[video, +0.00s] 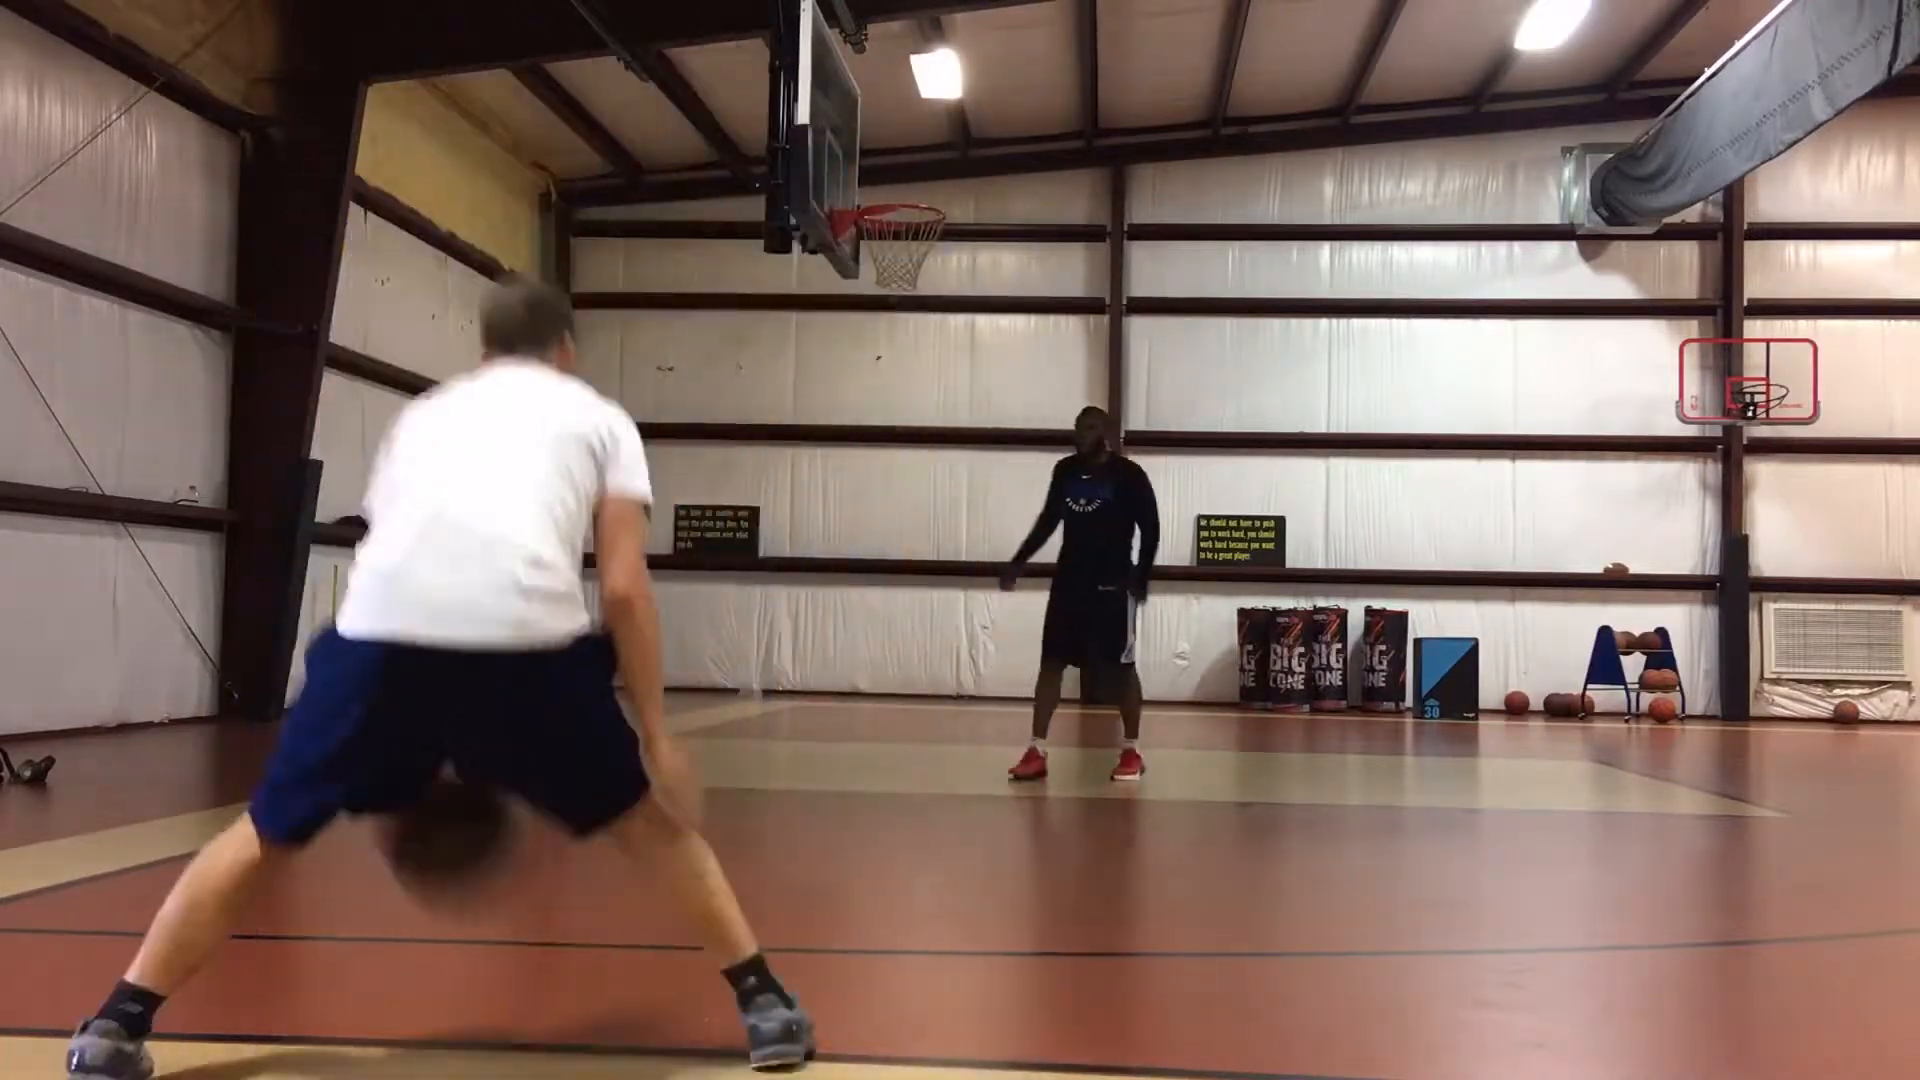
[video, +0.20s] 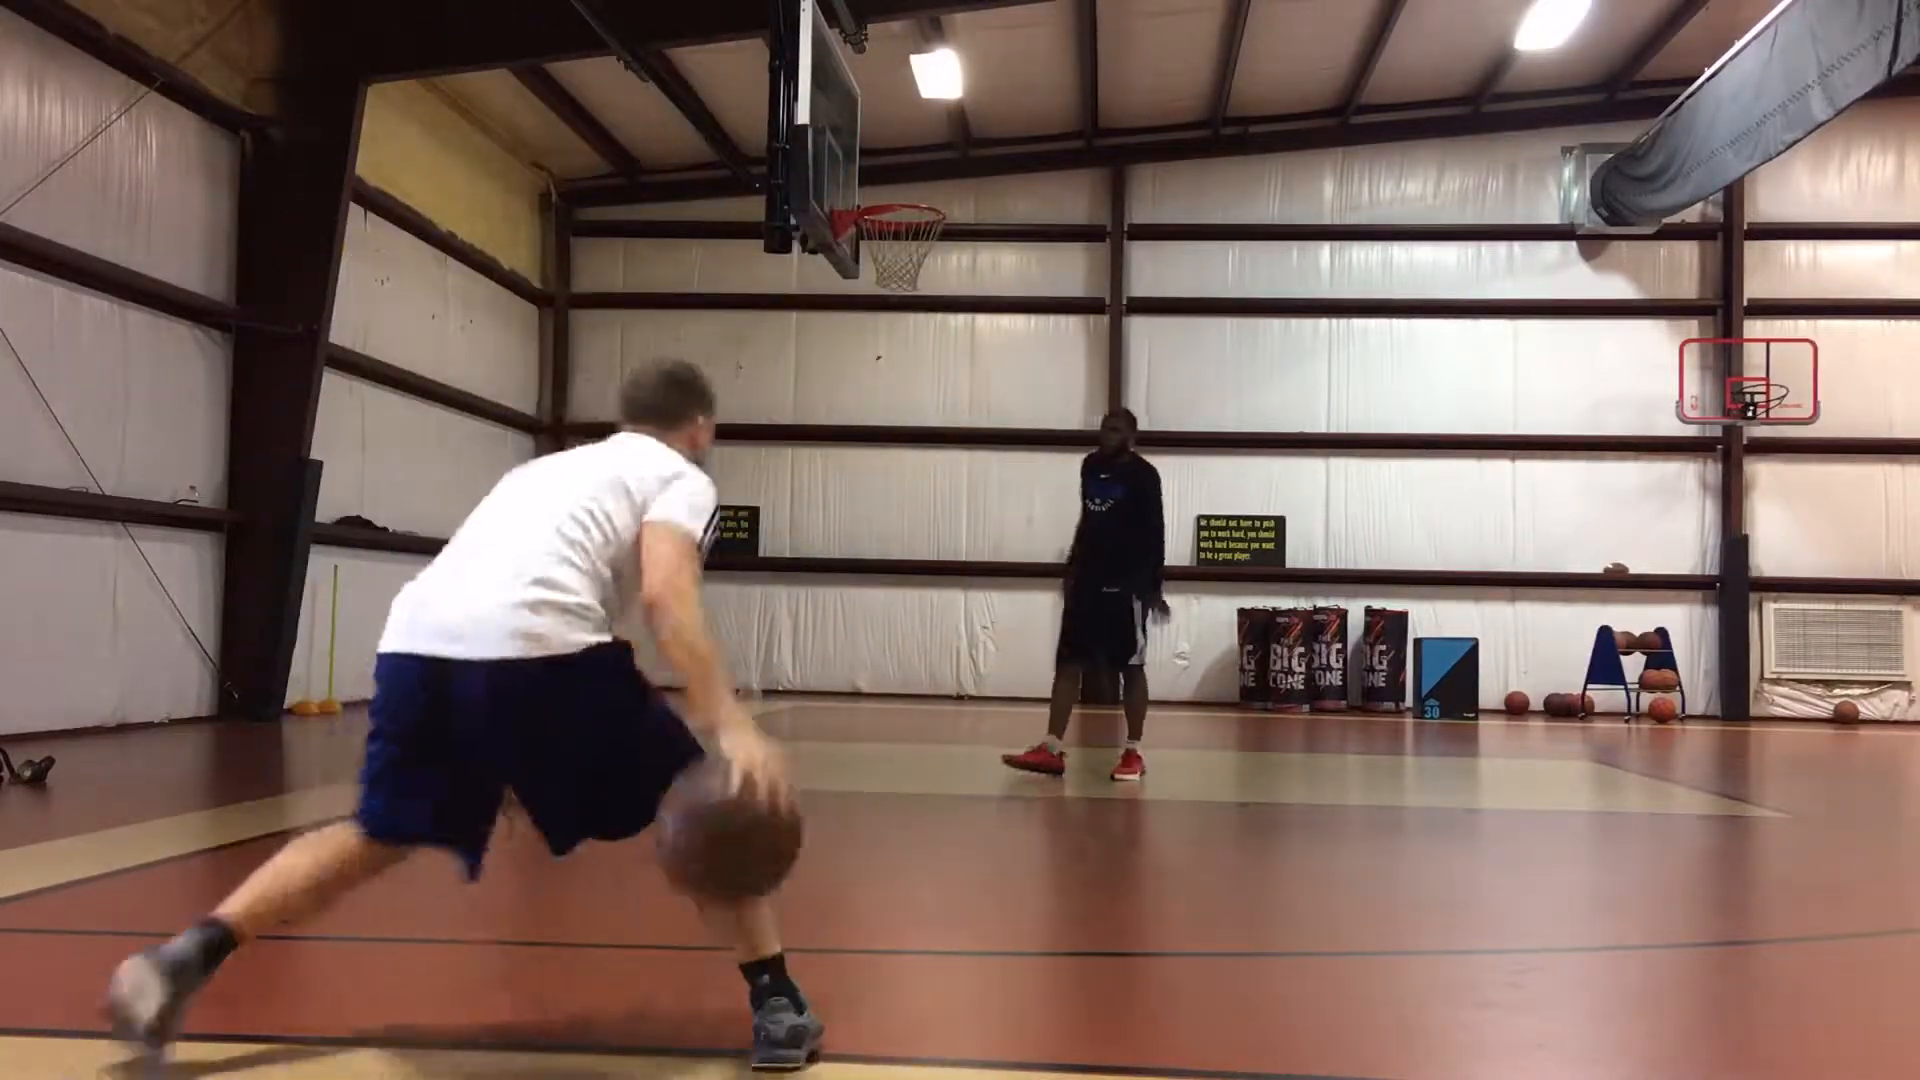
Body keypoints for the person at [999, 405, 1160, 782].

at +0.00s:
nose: (1083, 435)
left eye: (1090, 428)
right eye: (1080, 428)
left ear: (1106, 433)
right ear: (1075, 433)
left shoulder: (1129, 474)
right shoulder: (1065, 471)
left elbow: (1150, 529)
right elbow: (1048, 520)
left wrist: (1141, 576)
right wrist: (1017, 561)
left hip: (1113, 581)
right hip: (1070, 580)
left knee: (1122, 668)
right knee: (1051, 663)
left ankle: (1131, 751)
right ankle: (1036, 751)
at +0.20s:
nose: (1110, 435)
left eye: (1117, 429)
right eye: (1107, 428)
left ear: (1132, 435)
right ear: (1100, 431)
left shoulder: (1145, 474)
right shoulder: (1091, 466)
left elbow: (1154, 533)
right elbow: (1087, 522)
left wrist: (1154, 588)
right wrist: (1072, 568)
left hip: (1128, 583)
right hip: (1087, 581)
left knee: (1133, 667)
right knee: (1069, 663)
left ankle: (1132, 751)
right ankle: (1051, 748)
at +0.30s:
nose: (1112, 436)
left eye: (1122, 431)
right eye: (1111, 429)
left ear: (1139, 437)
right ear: (1107, 430)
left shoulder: (1149, 472)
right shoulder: (1101, 468)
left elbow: (1159, 525)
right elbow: (1098, 525)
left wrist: (1139, 565)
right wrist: (1079, 564)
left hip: (1130, 580)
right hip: (1093, 576)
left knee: (1134, 665)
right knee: (1070, 657)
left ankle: (1132, 751)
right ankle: (1078, 744)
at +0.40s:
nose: (1119, 436)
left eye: (1128, 430)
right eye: (1117, 429)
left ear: (1145, 436)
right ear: (1112, 431)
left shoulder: (1153, 469)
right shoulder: (1110, 468)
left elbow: (1165, 517)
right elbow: (1106, 525)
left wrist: (1133, 539)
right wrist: (1079, 562)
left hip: (1134, 579)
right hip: (1101, 577)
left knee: (1135, 665)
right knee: (1080, 654)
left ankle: (1134, 751)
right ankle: (1109, 732)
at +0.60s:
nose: (1124, 439)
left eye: (1132, 434)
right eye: (1123, 432)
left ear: (1150, 439)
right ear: (1119, 435)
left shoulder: (1159, 474)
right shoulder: (1117, 473)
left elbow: (1159, 529)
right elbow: (1109, 527)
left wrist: (1115, 551)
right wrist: (1089, 575)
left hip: (1139, 580)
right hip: (1113, 579)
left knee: (1136, 665)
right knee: (1124, 665)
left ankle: (1135, 748)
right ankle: (1162, 733)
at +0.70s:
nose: (1124, 443)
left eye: (1132, 438)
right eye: (1123, 437)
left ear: (1149, 443)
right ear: (1123, 440)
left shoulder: (1154, 478)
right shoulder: (1130, 476)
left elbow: (1123, 517)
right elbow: (1113, 518)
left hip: (1139, 582)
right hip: (1128, 581)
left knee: (1139, 666)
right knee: (1141, 665)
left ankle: (1136, 749)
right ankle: (1171, 743)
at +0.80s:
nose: (1125, 448)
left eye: (1132, 443)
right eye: (1124, 442)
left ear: (1149, 446)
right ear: (1124, 443)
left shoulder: (1148, 480)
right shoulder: (1141, 479)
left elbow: (1136, 533)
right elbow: (1116, 520)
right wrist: (1111, 463)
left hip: (1139, 583)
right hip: (1138, 582)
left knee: (1136, 665)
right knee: (1151, 665)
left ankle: (1136, 748)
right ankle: (1175, 744)